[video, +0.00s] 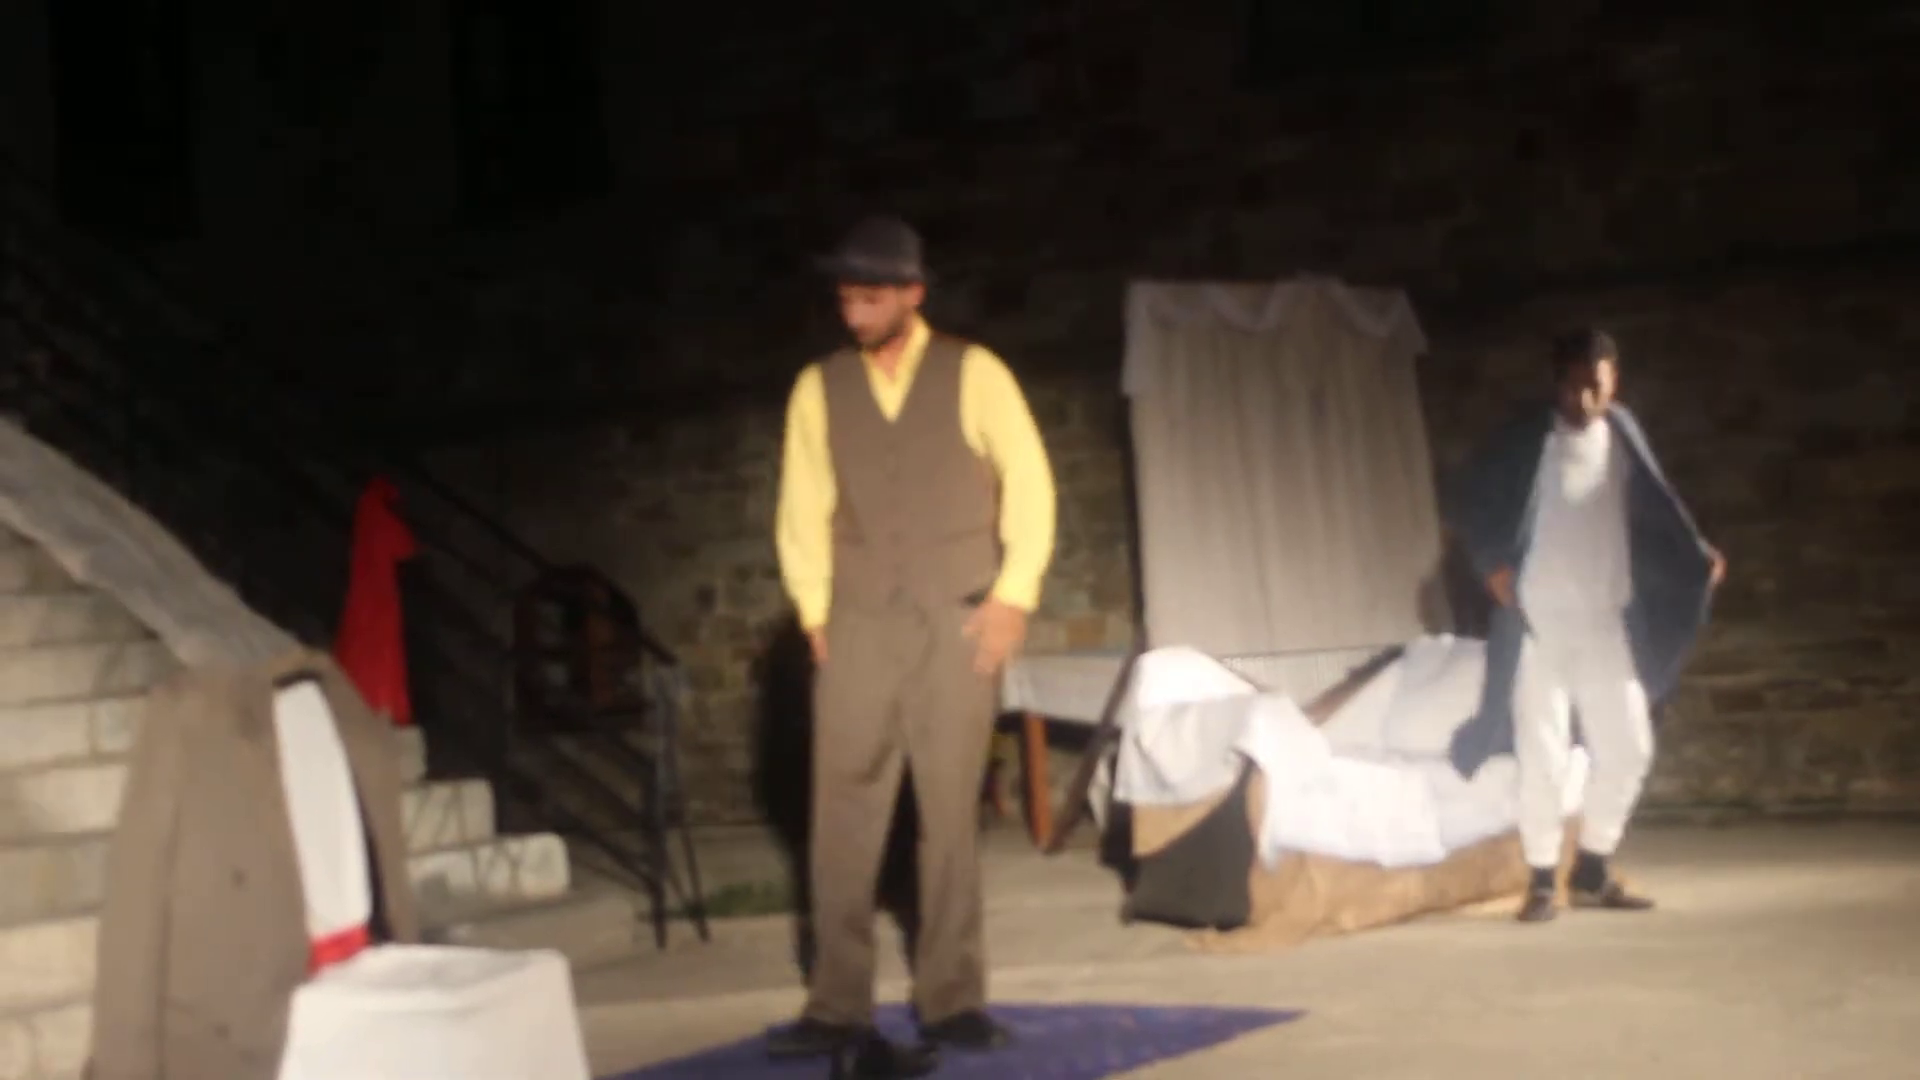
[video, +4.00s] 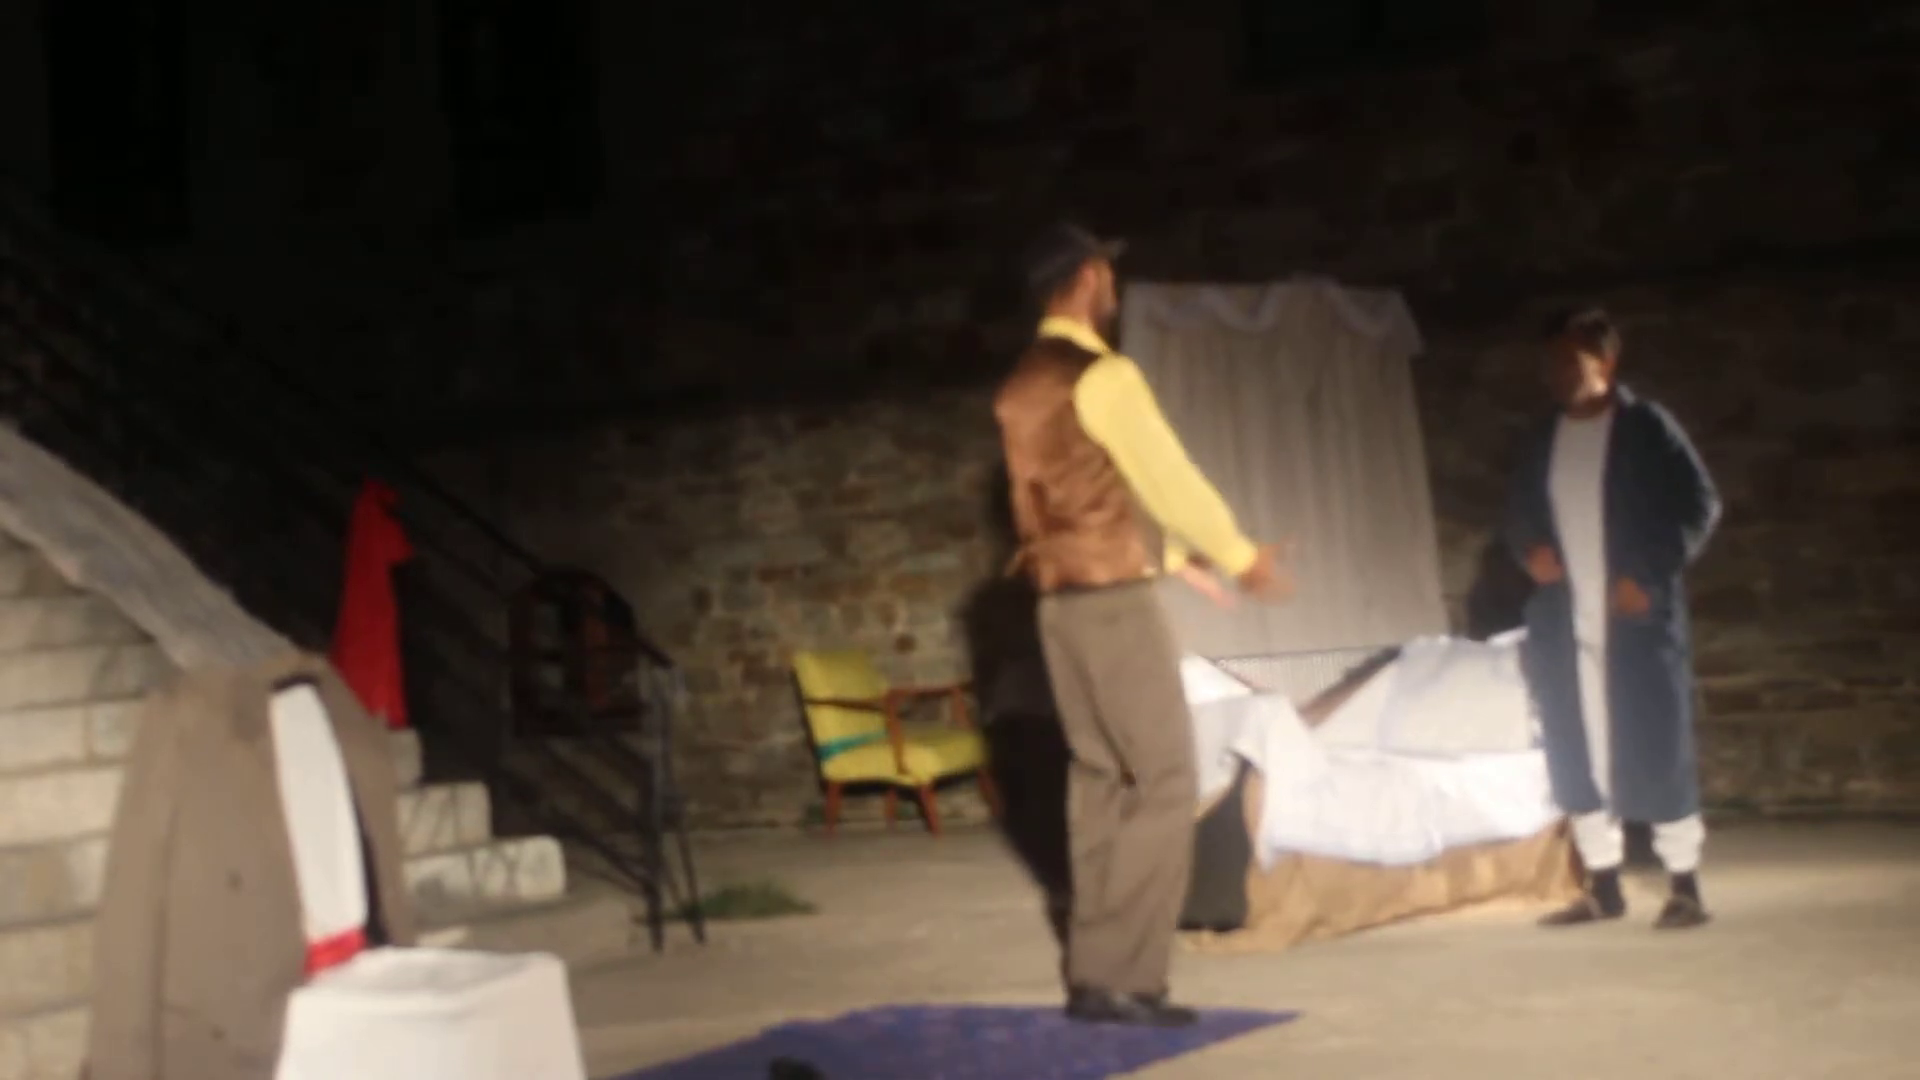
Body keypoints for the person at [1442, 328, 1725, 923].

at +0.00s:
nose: (1592, 400)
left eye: (1602, 389)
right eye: (1582, 387)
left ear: (1614, 388)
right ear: (1559, 383)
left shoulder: (1623, 432)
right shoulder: (1524, 435)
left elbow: (1655, 505)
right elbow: (1468, 500)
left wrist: (1696, 551)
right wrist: (1489, 563)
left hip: (1605, 627)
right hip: (1535, 628)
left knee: (1629, 746)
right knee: (1541, 751)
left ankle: (1591, 870)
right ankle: (1542, 878)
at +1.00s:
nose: (1576, 382)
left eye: (1587, 369)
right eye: (1568, 371)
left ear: (1617, 367)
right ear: (1558, 374)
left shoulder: (1664, 420)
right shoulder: (1552, 436)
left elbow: (1725, 492)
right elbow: (1535, 503)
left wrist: (1662, 543)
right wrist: (1542, 546)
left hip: (1658, 619)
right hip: (1586, 623)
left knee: (1674, 738)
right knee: (1593, 742)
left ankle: (1701, 883)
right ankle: (1618, 880)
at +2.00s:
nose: (1587, 367)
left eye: (1598, 354)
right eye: (1578, 355)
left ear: (1621, 358)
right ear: (1564, 363)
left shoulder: (1660, 422)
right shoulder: (1546, 433)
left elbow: (1707, 504)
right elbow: (1523, 500)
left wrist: (1651, 565)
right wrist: (1541, 545)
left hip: (1649, 620)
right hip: (1574, 621)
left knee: (1669, 744)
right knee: (1584, 745)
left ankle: (1693, 888)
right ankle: (1605, 889)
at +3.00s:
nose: (1568, 374)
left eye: (1579, 362)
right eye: (1561, 363)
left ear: (1607, 361)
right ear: (1552, 368)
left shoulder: (1646, 423)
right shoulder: (1537, 437)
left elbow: (1703, 500)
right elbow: (1516, 507)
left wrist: (1635, 549)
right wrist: (1525, 541)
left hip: (1634, 615)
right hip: (1562, 617)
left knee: (1651, 738)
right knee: (1578, 742)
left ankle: (1687, 884)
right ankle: (1605, 887)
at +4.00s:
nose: (1569, 374)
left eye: (1579, 361)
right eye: (1561, 363)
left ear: (1608, 361)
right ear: (1551, 369)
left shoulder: (1648, 426)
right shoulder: (1536, 438)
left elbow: (1700, 507)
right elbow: (1517, 510)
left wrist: (1648, 576)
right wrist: (1532, 548)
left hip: (1640, 624)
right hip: (1562, 626)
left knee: (1658, 748)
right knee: (1577, 751)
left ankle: (1684, 887)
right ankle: (1603, 888)